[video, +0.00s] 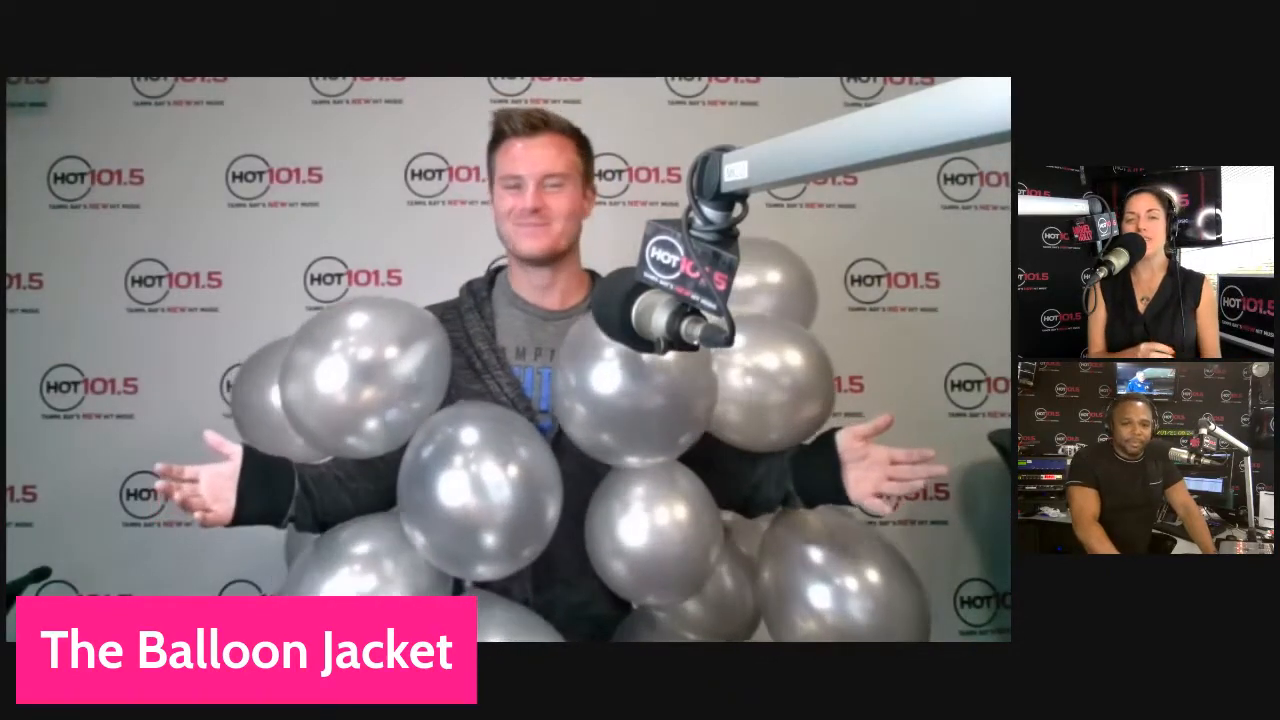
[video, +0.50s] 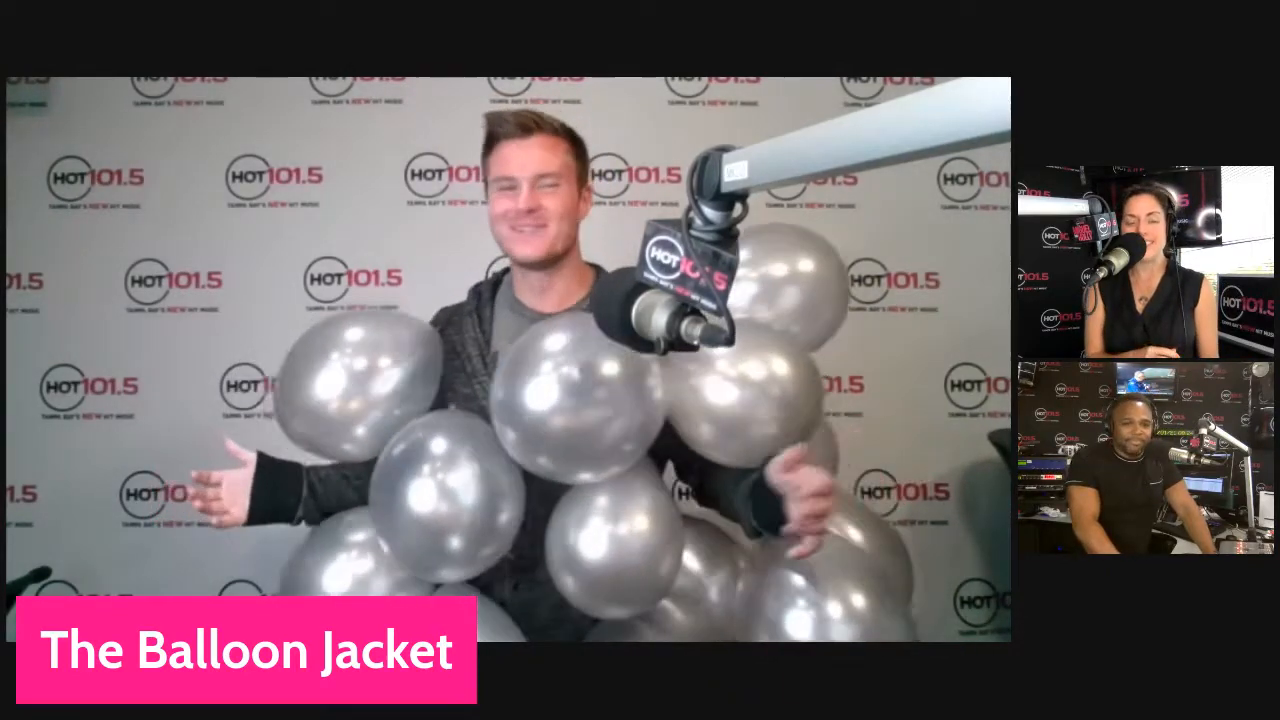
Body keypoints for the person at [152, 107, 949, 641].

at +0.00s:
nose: (530, 202)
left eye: (551, 184)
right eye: (511, 186)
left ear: (588, 199)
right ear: (490, 203)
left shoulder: (647, 322)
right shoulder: (442, 332)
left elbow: (711, 468)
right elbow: (394, 467)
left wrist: (821, 466)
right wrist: (269, 489)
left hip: (638, 617)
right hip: (496, 614)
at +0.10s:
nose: (524, 202)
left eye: (546, 184)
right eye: (506, 187)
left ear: (587, 199)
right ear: (487, 204)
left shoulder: (648, 321)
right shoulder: (442, 333)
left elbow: (714, 473)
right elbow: (390, 469)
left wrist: (819, 472)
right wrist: (262, 484)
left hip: (642, 618)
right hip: (496, 619)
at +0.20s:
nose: (515, 204)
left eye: (538, 186)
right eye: (500, 188)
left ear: (586, 200)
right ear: (485, 204)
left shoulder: (649, 325)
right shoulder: (443, 335)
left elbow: (708, 467)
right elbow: (390, 469)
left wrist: (809, 480)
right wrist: (262, 481)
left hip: (637, 623)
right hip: (495, 621)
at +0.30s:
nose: (514, 208)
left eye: (537, 187)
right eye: (499, 190)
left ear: (585, 199)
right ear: (486, 205)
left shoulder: (649, 317)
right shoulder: (450, 335)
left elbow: (702, 468)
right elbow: (395, 467)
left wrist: (795, 487)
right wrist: (270, 481)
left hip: (634, 622)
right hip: (493, 621)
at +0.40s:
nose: (518, 207)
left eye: (540, 186)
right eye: (501, 190)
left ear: (586, 195)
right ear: (486, 204)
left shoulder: (650, 315)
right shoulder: (451, 334)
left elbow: (701, 465)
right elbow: (400, 465)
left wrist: (783, 492)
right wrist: (270, 481)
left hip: (628, 620)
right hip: (489, 620)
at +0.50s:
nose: (523, 204)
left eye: (545, 185)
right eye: (505, 188)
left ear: (584, 197)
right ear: (486, 204)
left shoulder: (645, 315)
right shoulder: (451, 333)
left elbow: (702, 458)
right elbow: (405, 473)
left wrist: (769, 498)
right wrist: (278, 487)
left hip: (616, 618)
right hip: (483, 618)